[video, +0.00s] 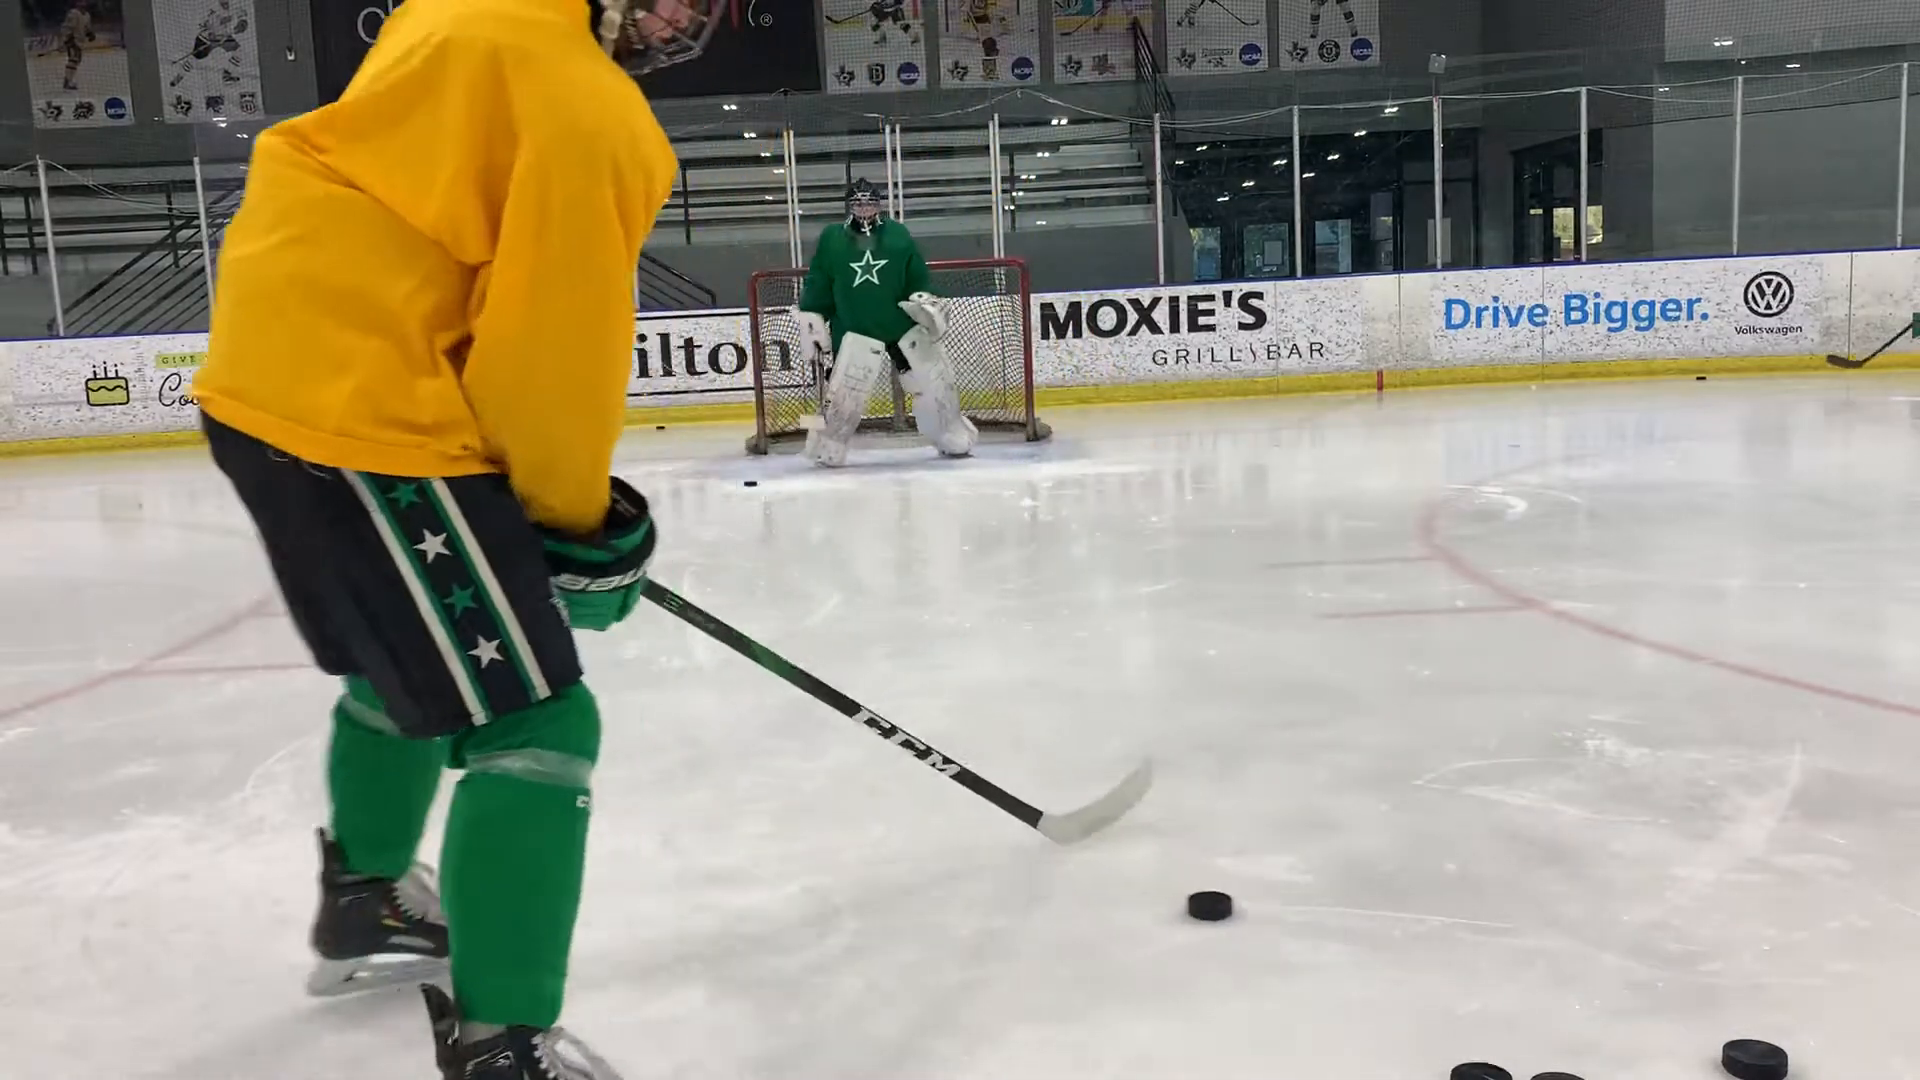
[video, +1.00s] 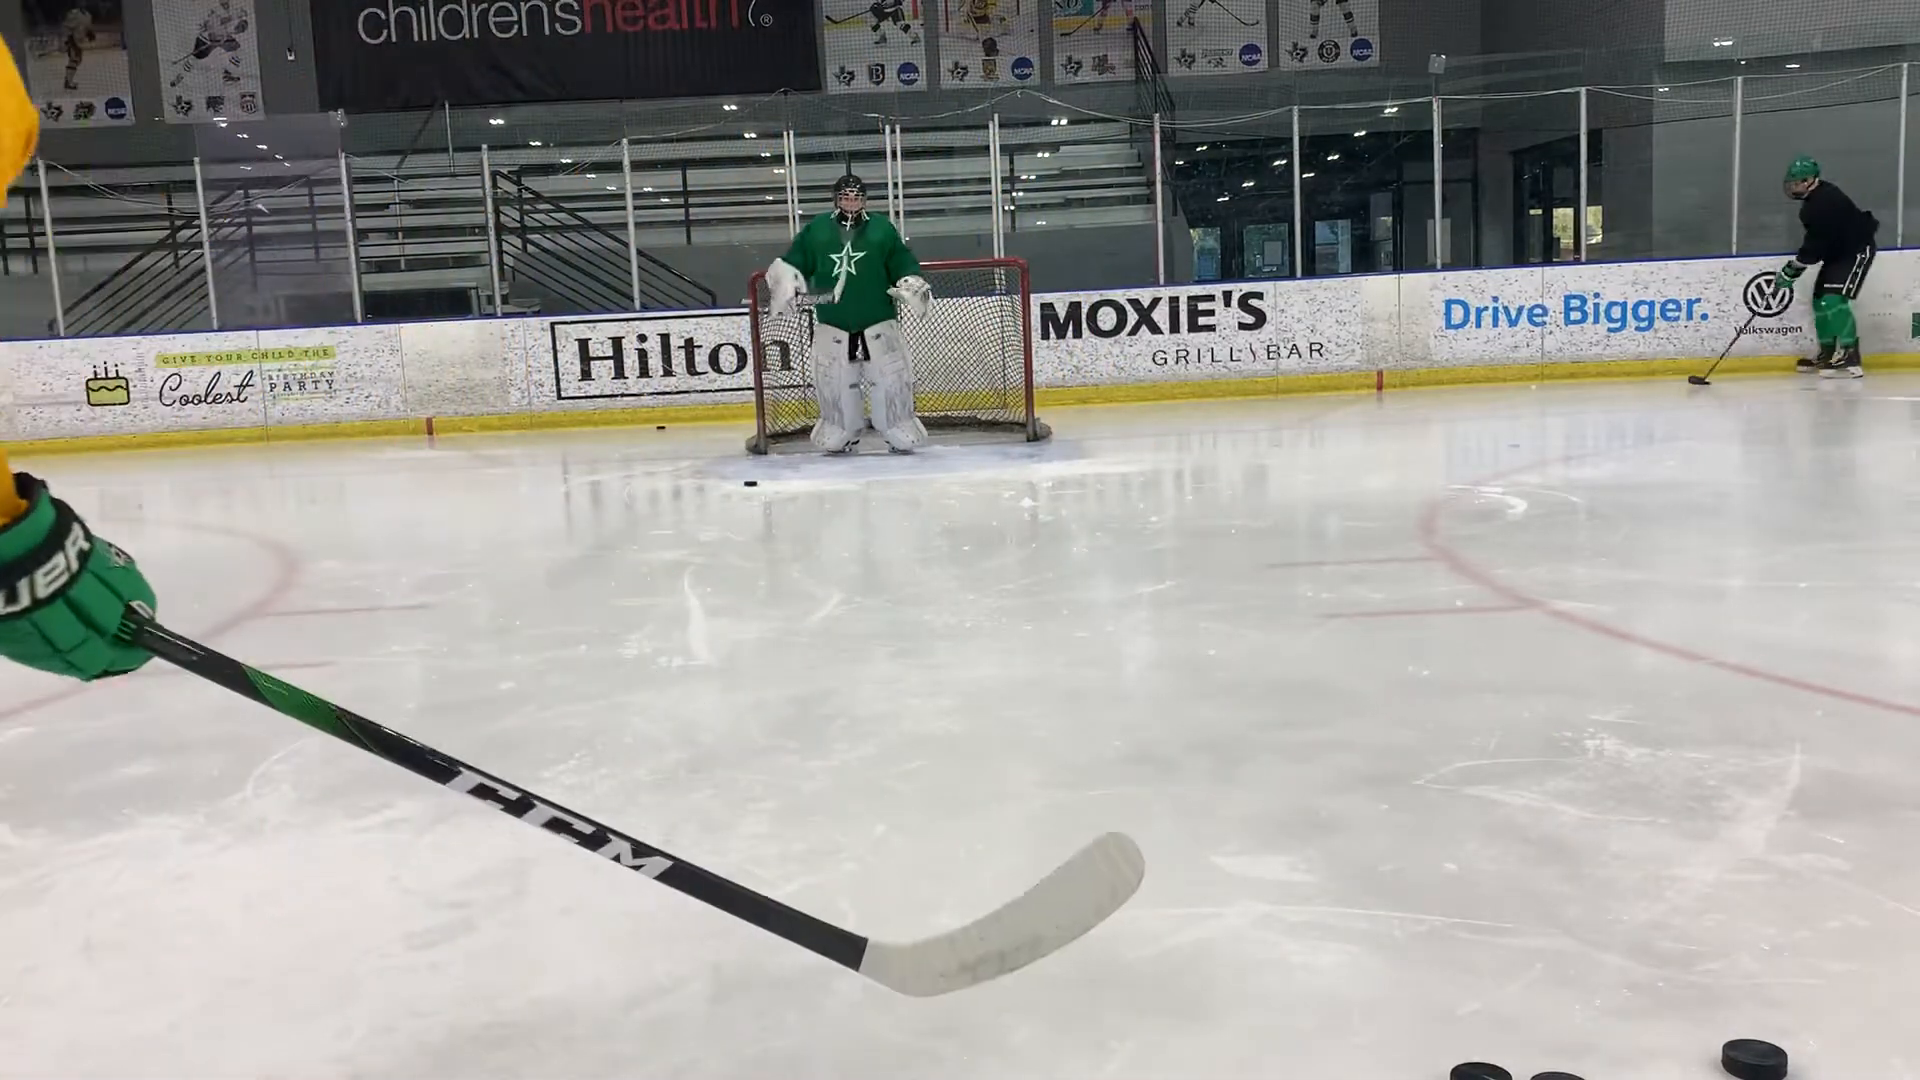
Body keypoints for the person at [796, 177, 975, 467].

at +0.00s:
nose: (864, 209)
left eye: (869, 203)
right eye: (858, 204)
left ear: (879, 205)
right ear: (849, 206)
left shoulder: (898, 235)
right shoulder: (833, 238)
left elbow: (919, 278)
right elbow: (817, 284)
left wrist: (925, 307)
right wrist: (812, 327)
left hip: (902, 325)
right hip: (855, 328)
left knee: (933, 382)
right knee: (845, 391)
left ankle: (953, 441)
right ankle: (830, 451)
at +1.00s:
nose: (850, 201)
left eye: (855, 196)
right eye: (845, 196)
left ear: (863, 199)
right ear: (837, 199)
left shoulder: (881, 228)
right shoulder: (818, 229)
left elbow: (902, 261)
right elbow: (794, 260)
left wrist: (912, 285)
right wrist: (784, 281)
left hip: (878, 318)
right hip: (833, 320)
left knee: (891, 377)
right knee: (834, 380)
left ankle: (901, 435)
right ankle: (840, 437)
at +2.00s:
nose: (879, 204)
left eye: (884, 199)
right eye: (873, 198)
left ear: (894, 201)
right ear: (864, 201)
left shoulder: (908, 228)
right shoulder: (846, 231)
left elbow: (928, 264)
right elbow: (824, 276)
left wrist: (918, 279)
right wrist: (849, 288)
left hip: (909, 321)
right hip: (864, 323)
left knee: (939, 383)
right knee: (845, 390)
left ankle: (967, 445)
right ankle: (819, 454)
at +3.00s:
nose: (913, 281)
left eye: (919, 274)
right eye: (907, 275)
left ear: (929, 274)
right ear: (895, 276)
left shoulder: (946, 296)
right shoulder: (876, 303)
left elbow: (969, 348)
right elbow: (854, 342)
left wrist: (970, 333)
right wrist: (852, 380)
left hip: (946, 372)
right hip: (897, 378)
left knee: (982, 409)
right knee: (872, 424)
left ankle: (1027, 451)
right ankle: (826, 464)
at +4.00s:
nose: (944, 297)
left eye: (945, 289)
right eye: (936, 291)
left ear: (948, 288)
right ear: (918, 293)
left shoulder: (961, 322)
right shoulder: (889, 323)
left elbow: (983, 356)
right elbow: (853, 360)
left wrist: (1013, 327)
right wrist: (852, 405)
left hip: (954, 426)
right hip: (899, 428)